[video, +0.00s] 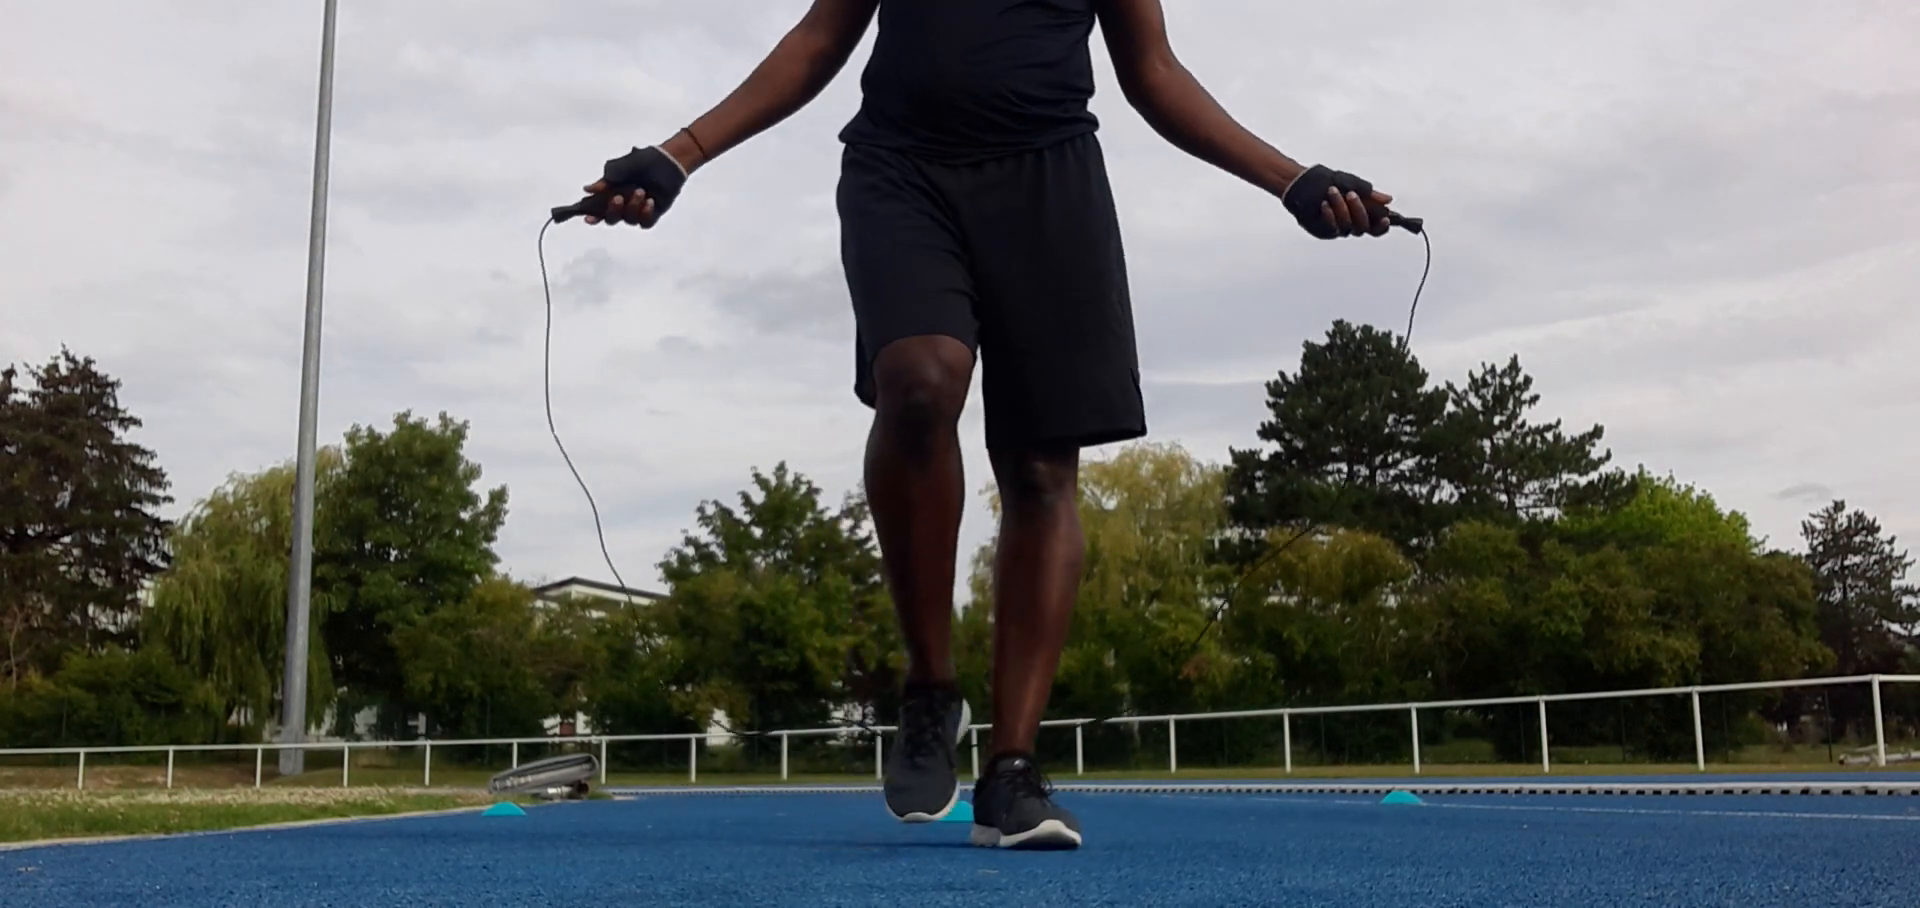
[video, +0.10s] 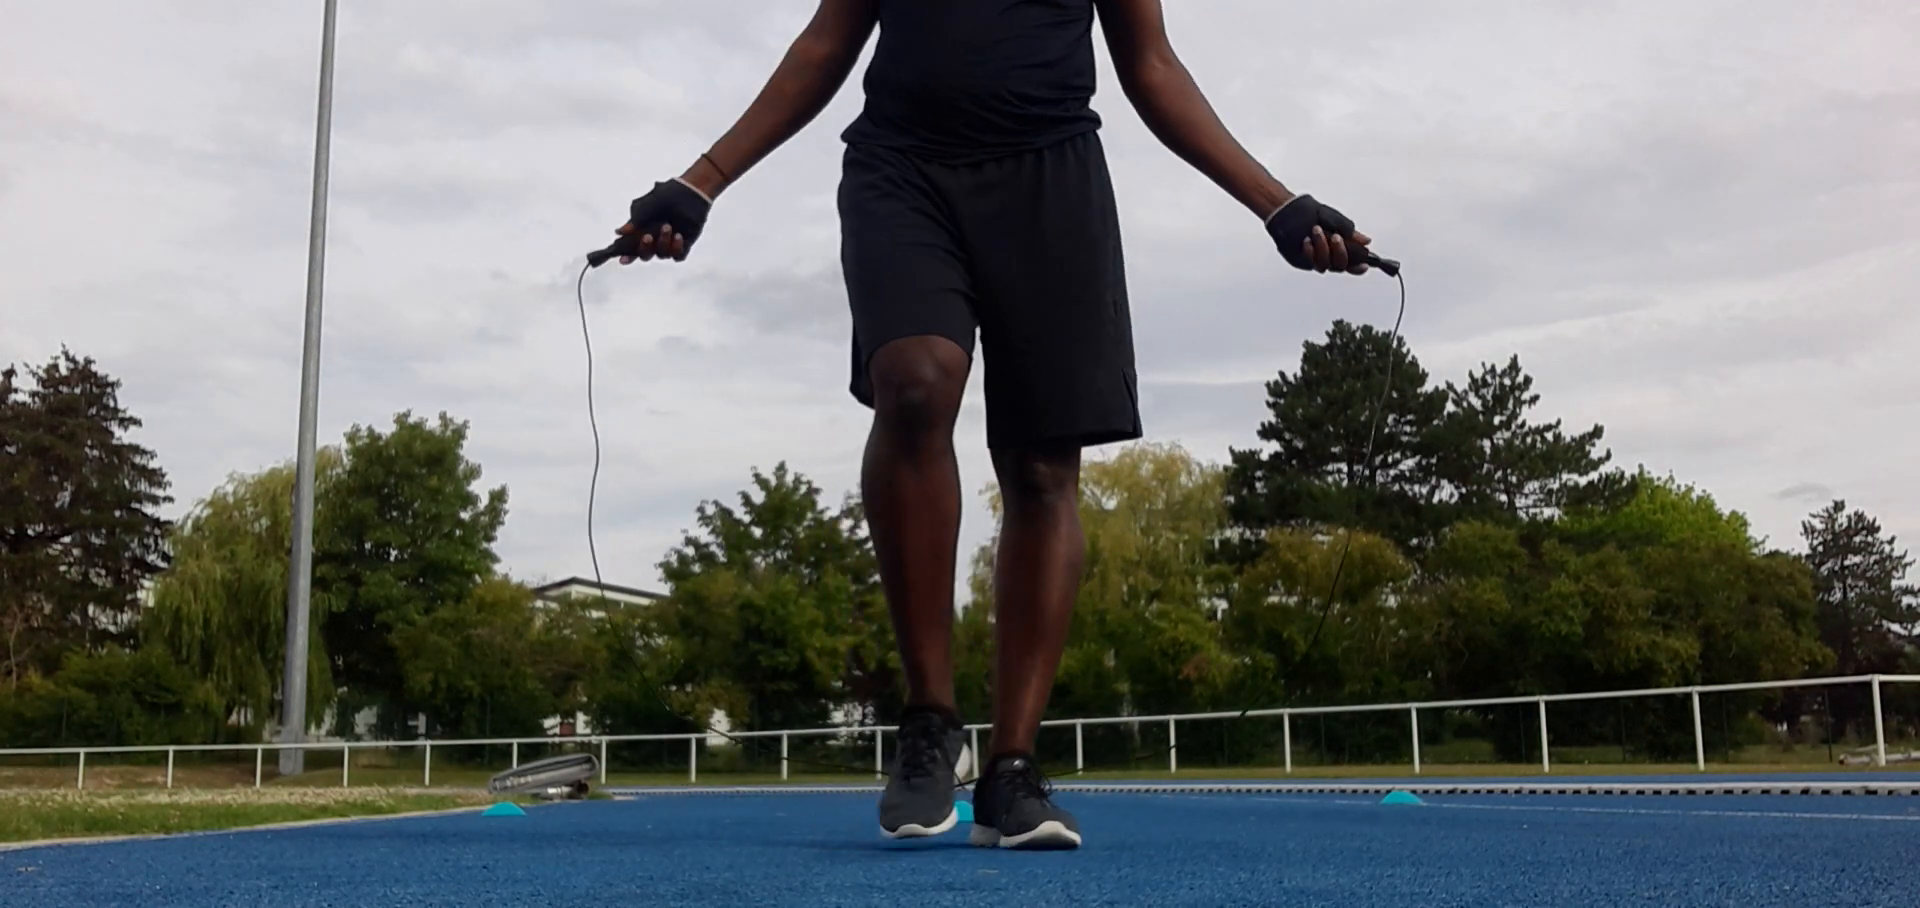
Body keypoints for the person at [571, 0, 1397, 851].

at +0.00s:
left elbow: (1152, 68)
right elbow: (820, 39)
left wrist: (1294, 177)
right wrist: (677, 153)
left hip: (1049, 161)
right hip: (902, 160)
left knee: (1043, 461)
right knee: (923, 380)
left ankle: (1013, 768)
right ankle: (930, 691)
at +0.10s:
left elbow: (1153, 68)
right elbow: (822, 50)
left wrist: (1282, 204)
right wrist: (699, 183)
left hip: (1049, 162)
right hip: (902, 159)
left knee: (1045, 463)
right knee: (918, 386)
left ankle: (1012, 770)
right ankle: (930, 722)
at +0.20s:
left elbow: (1150, 55)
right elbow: (828, 47)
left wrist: (1271, 213)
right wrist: (714, 194)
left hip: (1050, 164)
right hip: (902, 164)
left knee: (1046, 467)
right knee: (916, 395)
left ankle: (1011, 771)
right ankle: (920, 746)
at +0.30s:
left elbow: (1152, 45)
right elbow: (824, 41)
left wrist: (1274, 197)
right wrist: (712, 184)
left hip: (1049, 165)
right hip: (901, 166)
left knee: (1045, 466)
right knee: (913, 411)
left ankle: (1011, 772)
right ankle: (918, 762)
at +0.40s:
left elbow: (1162, 30)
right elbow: (812, 24)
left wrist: (1295, 153)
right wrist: (688, 140)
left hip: (1047, 160)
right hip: (898, 162)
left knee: (1041, 465)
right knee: (907, 430)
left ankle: (1012, 775)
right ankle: (919, 769)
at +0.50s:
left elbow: (1173, 6)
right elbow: (793, 7)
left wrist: (1326, 70)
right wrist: (648, 57)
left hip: (1042, 150)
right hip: (893, 153)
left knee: (1032, 462)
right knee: (902, 442)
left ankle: (1012, 778)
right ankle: (920, 772)